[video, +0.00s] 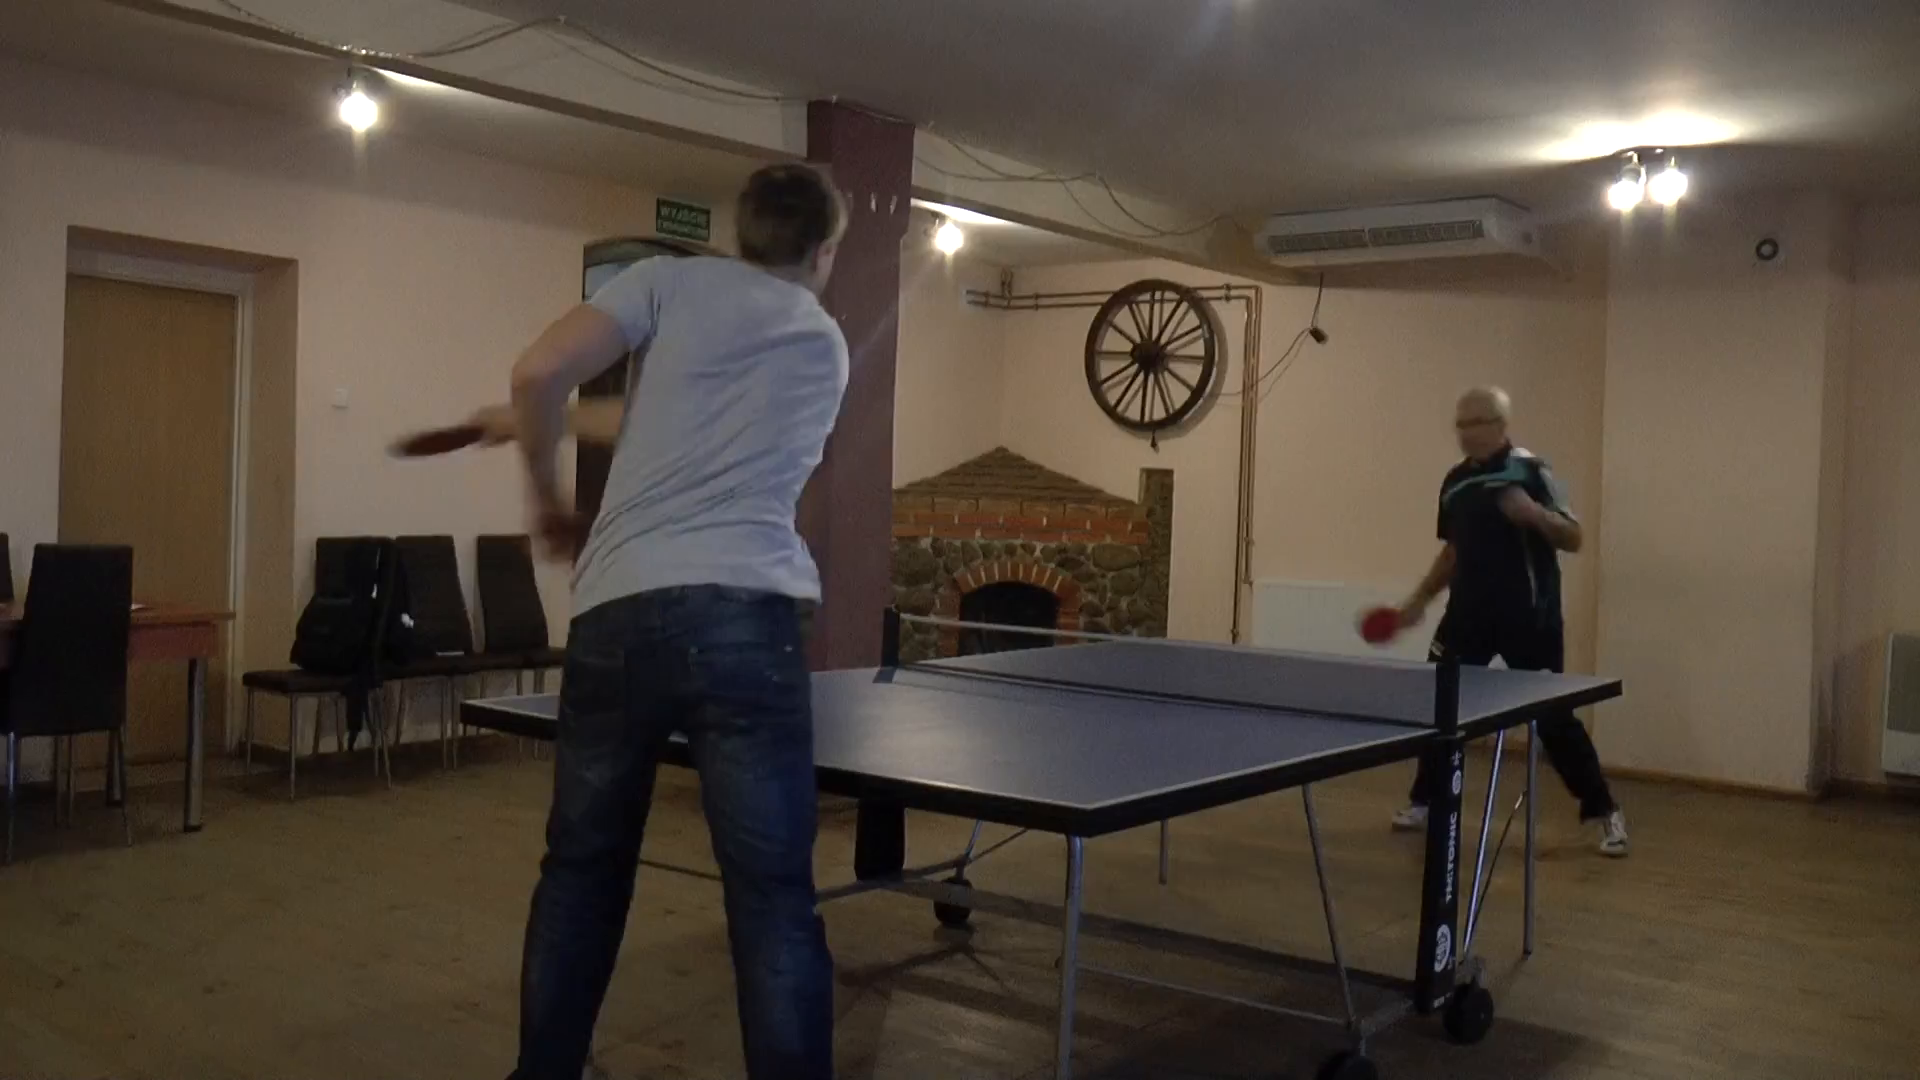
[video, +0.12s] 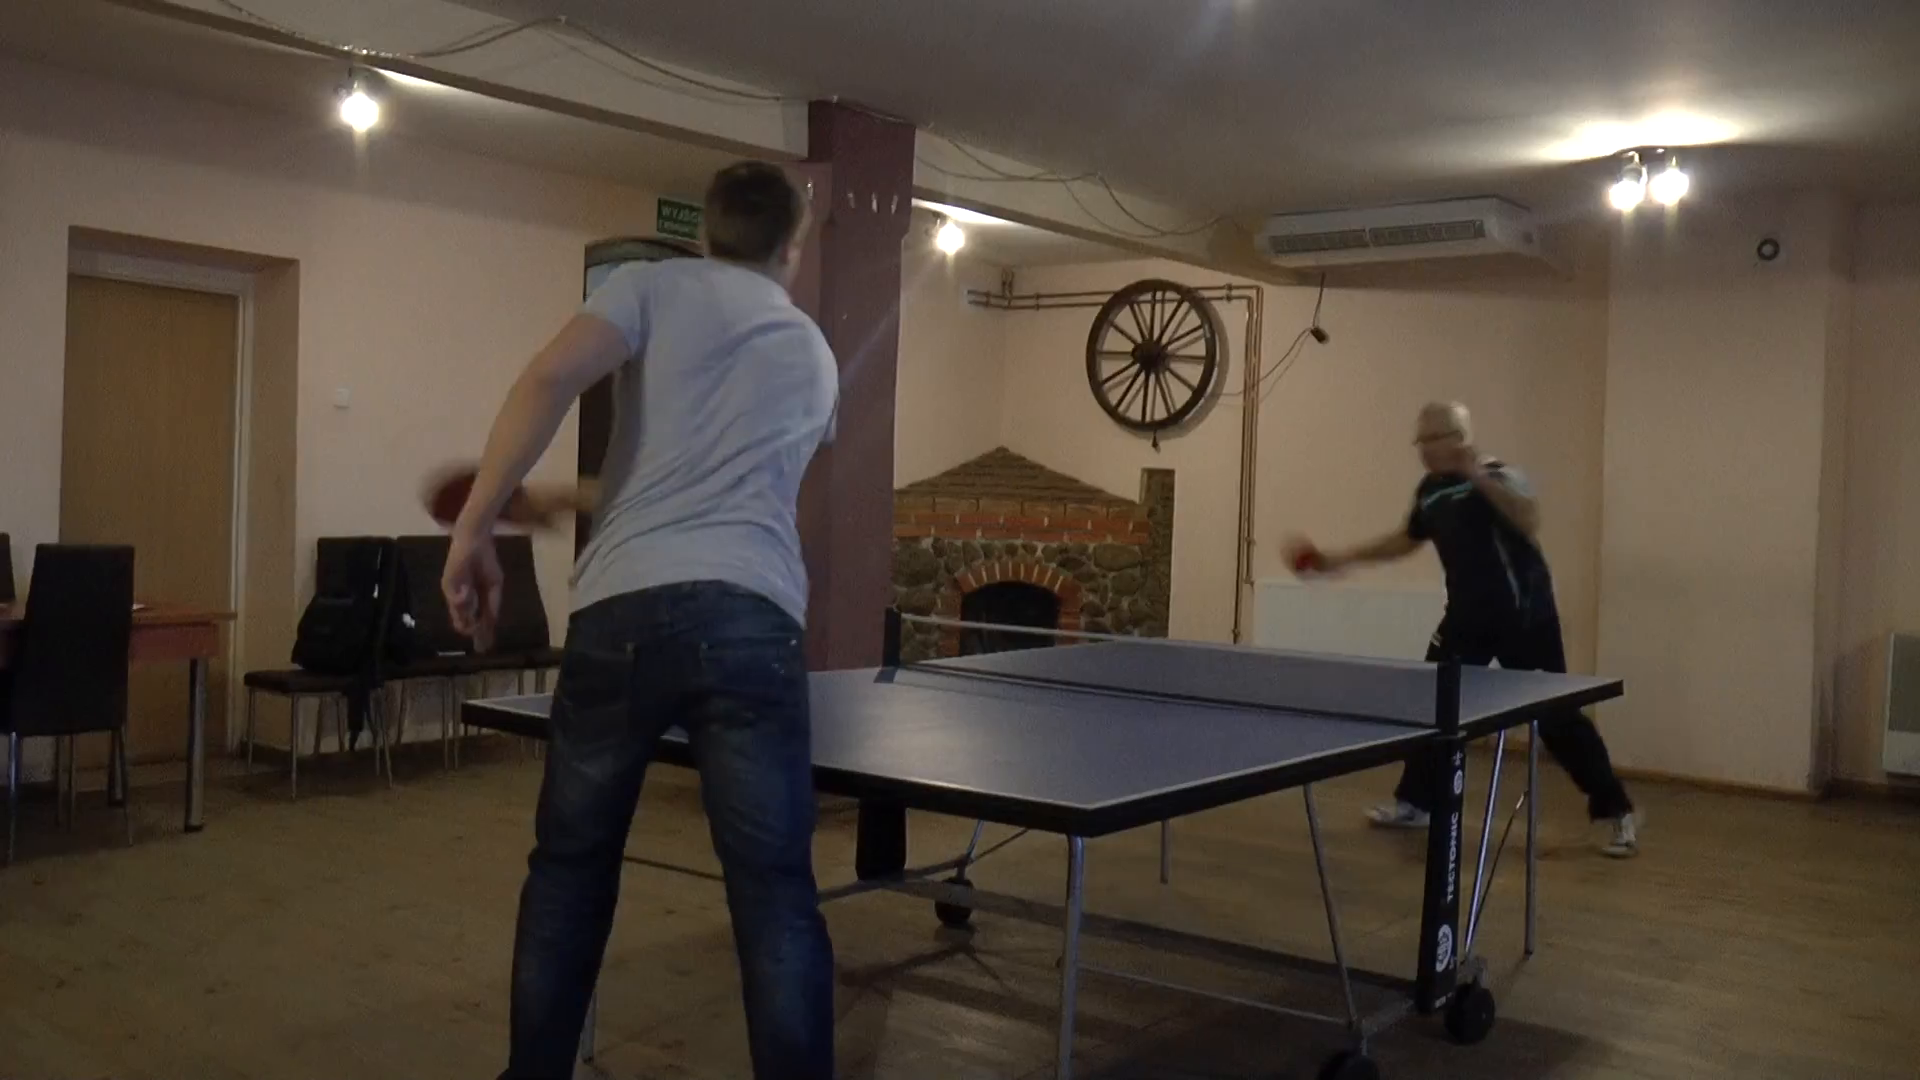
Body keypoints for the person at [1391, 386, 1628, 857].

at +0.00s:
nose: (1468, 433)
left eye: (1478, 424)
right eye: (1461, 425)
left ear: (1503, 426)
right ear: (1456, 428)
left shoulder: (1530, 472)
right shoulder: (1456, 481)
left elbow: (1573, 537)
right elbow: (1451, 553)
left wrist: (1533, 513)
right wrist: (1417, 602)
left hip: (1529, 619)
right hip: (1469, 618)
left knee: (1553, 717)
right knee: (1441, 710)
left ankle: (1605, 812)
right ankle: (1426, 803)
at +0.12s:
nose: (1426, 449)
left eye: (1435, 439)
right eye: (1422, 441)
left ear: (1461, 440)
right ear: (1421, 445)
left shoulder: (1497, 478)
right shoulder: (1430, 492)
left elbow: (1528, 522)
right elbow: (1405, 541)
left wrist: (1479, 476)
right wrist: (1335, 560)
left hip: (1525, 615)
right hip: (1468, 616)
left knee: (1554, 715)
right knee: (1432, 707)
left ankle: (1616, 811)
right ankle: (1417, 802)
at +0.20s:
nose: (1399, 459)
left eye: (1408, 450)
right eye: (1396, 451)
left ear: (1437, 449)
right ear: (1399, 455)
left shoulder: (1469, 487)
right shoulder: (1409, 495)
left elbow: (1493, 543)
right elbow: (1375, 534)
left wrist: (1432, 513)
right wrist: (1314, 543)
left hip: (1513, 617)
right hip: (1463, 619)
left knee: (1557, 710)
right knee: (1428, 705)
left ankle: (1631, 800)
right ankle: (1416, 801)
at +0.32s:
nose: (1374, 452)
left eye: (1380, 443)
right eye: (1375, 443)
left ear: (1409, 444)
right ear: (1404, 445)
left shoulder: (1446, 480)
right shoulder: (1414, 485)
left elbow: (1474, 549)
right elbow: (1427, 563)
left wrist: (1409, 561)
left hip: (1485, 616)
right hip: (1444, 616)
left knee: (1516, 710)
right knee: (1428, 706)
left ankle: (1577, 799)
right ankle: (1418, 802)